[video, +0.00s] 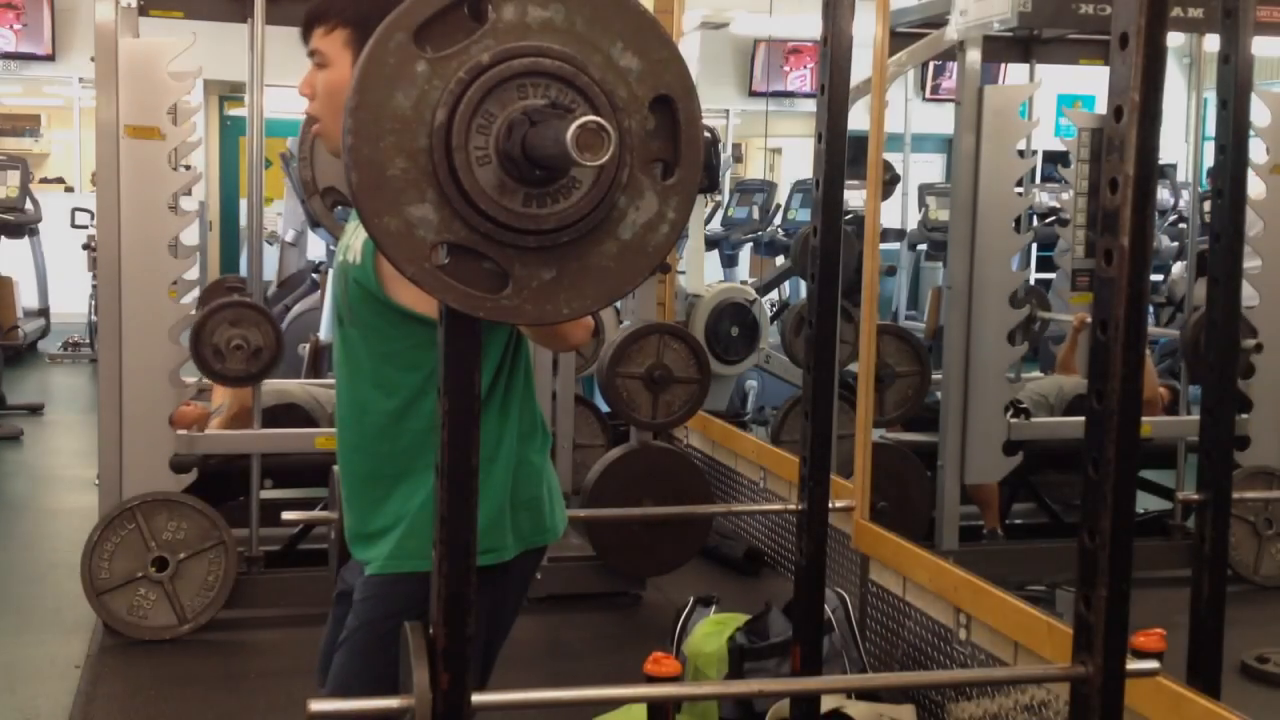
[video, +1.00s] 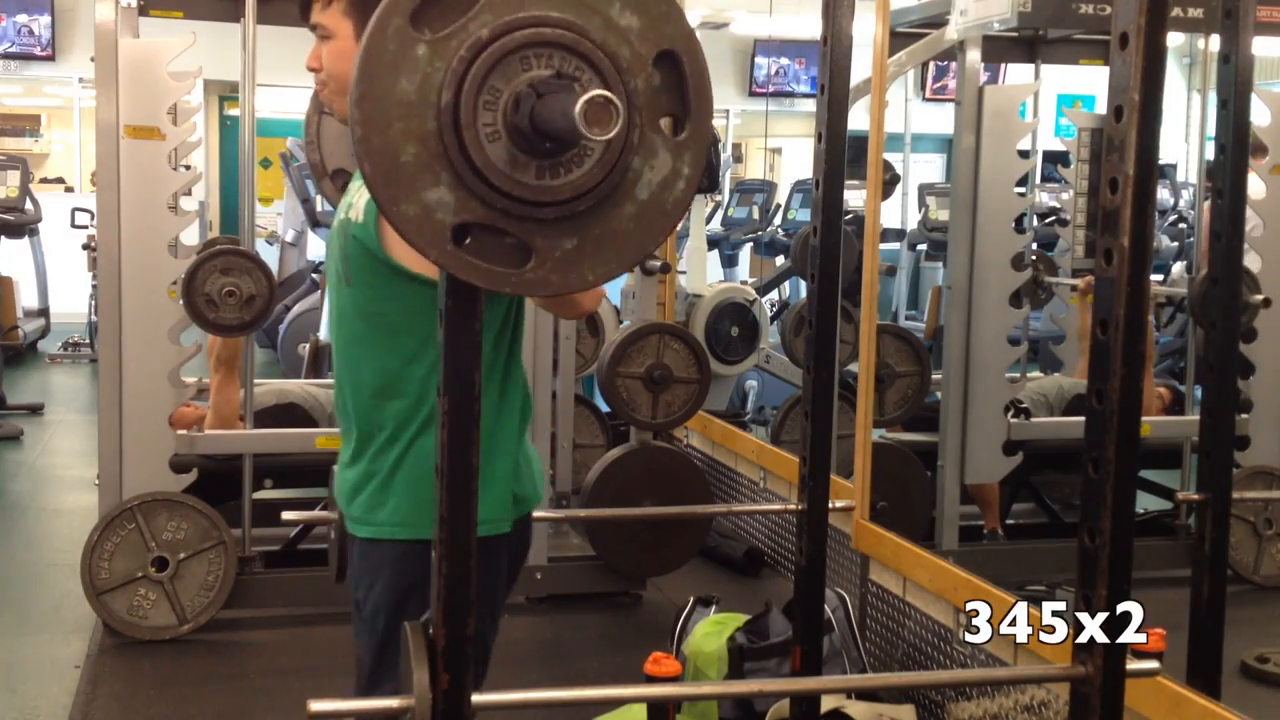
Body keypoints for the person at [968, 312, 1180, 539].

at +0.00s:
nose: (1156, 395)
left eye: (1161, 398)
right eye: (1159, 392)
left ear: (1163, 410)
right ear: (1154, 386)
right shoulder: (1107, 386)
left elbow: (1149, 394)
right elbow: (1064, 374)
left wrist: (1139, 345)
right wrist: (1074, 334)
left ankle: (992, 528)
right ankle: (992, 527)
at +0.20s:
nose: (1154, 390)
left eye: (1159, 394)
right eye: (1157, 389)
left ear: (1160, 411)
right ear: (1147, 393)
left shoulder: (1130, 412)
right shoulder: (1092, 388)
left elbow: (1148, 379)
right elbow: (1071, 359)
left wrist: (1139, 327)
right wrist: (1079, 314)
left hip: (1015, 414)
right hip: (1000, 404)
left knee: (977, 452)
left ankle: (993, 529)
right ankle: (992, 525)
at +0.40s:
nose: (1153, 389)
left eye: (1157, 392)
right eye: (1154, 389)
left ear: (1160, 406)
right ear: (1149, 392)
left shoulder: (1141, 406)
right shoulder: (1103, 385)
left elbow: (1147, 369)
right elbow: (1076, 354)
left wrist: (1140, 319)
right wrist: (1080, 305)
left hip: (1021, 406)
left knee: (978, 448)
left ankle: (992, 528)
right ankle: (992, 523)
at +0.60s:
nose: (1152, 393)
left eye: (1159, 396)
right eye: (1155, 389)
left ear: (1160, 413)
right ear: (1144, 385)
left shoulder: (1132, 415)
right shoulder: (1094, 390)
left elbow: (1145, 363)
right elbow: (1083, 340)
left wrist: (1139, 303)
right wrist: (1083, 296)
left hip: (1029, 405)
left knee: (978, 444)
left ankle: (992, 530)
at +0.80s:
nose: (1152, 394)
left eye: (1159, 397)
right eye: (1156, 390)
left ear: (1160, 412)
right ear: (1145, 384)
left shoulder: (1133, 413)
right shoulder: (1098, 391)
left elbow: (1145, 358)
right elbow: (1086, 339)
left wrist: (1139, 303)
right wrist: (1084, 296)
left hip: (1029, 406)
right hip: (1009, 394)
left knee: (978, 447)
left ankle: (992, 530)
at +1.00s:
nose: (1153, 394)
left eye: (1160, 397)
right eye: (1157, 390)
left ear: (1160, 414)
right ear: (1145, 385)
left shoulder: (1130, 417)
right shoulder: (1097, 393)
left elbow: (1145, 359)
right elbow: (1087, 340)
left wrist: (1139, 303)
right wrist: (1084, 296)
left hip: (1025, 410)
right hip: (1006, 397)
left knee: (978, 446)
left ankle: (993, 530)